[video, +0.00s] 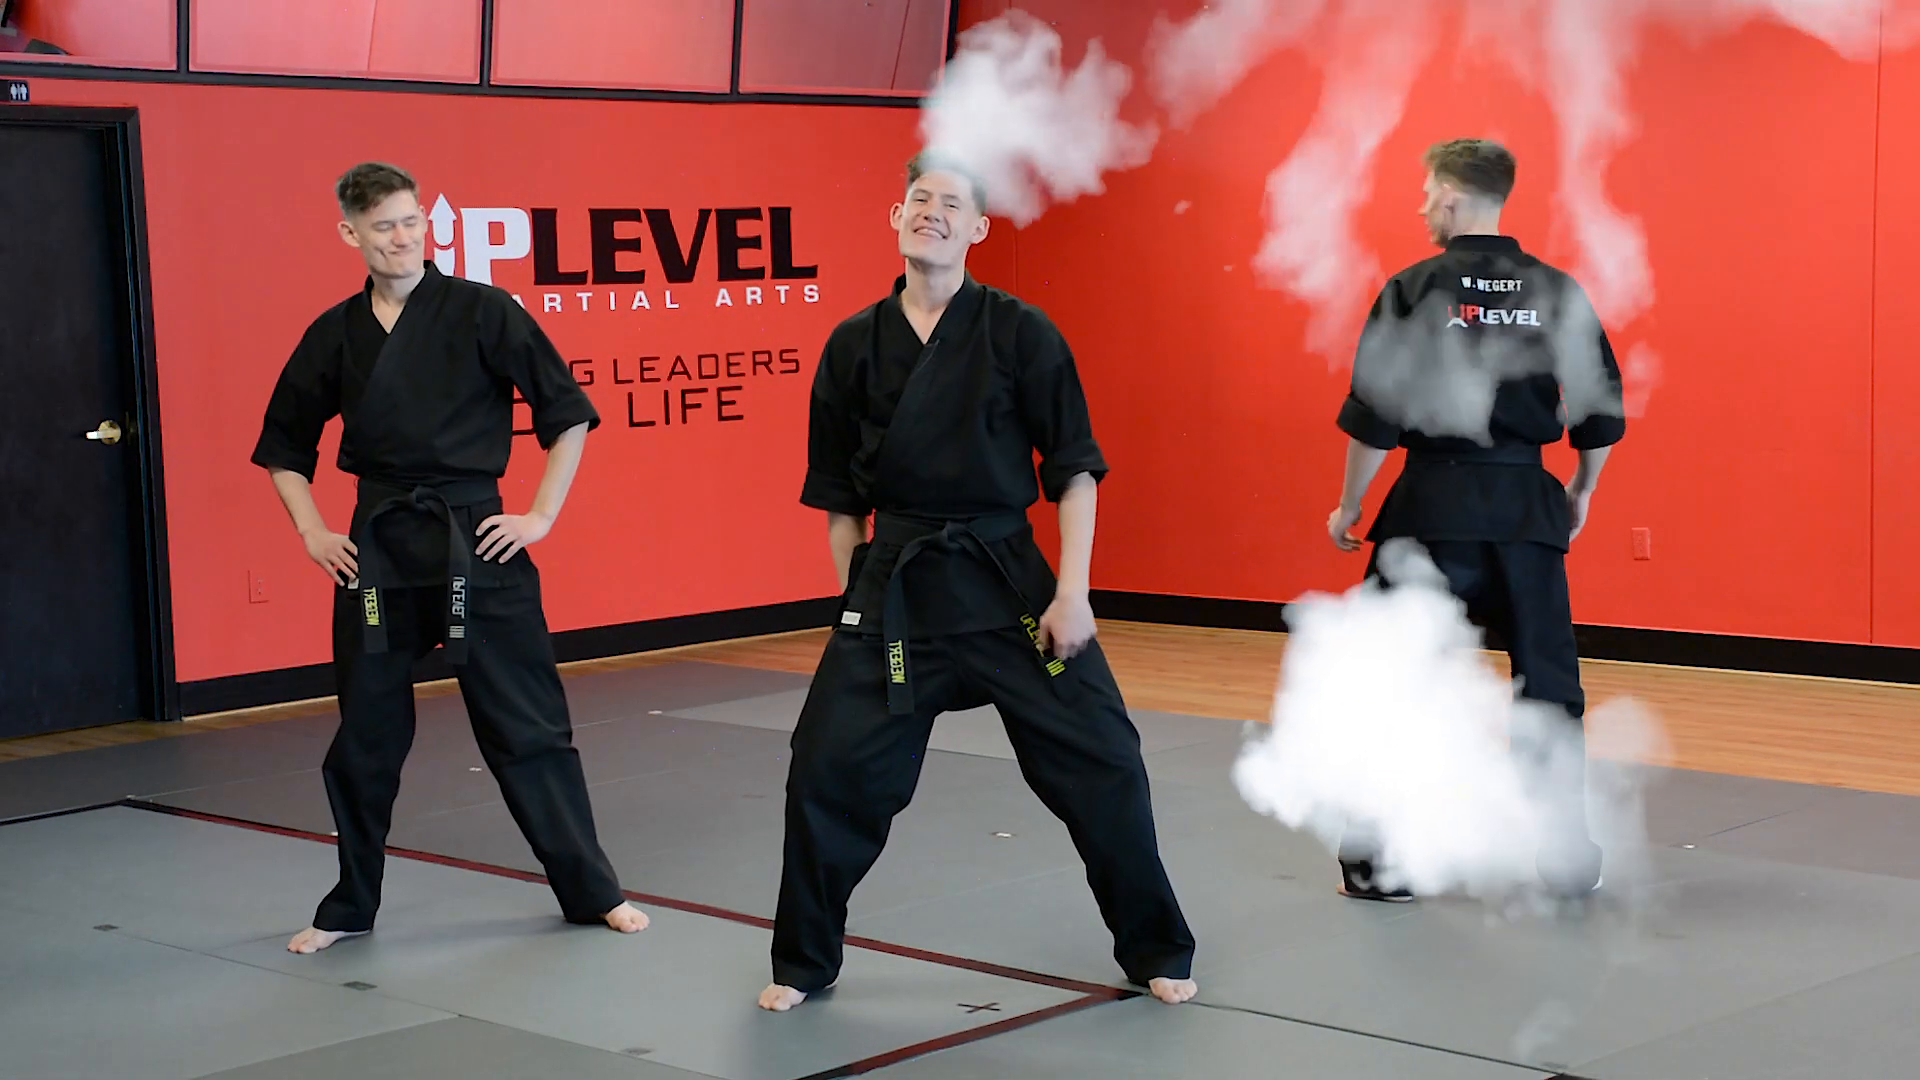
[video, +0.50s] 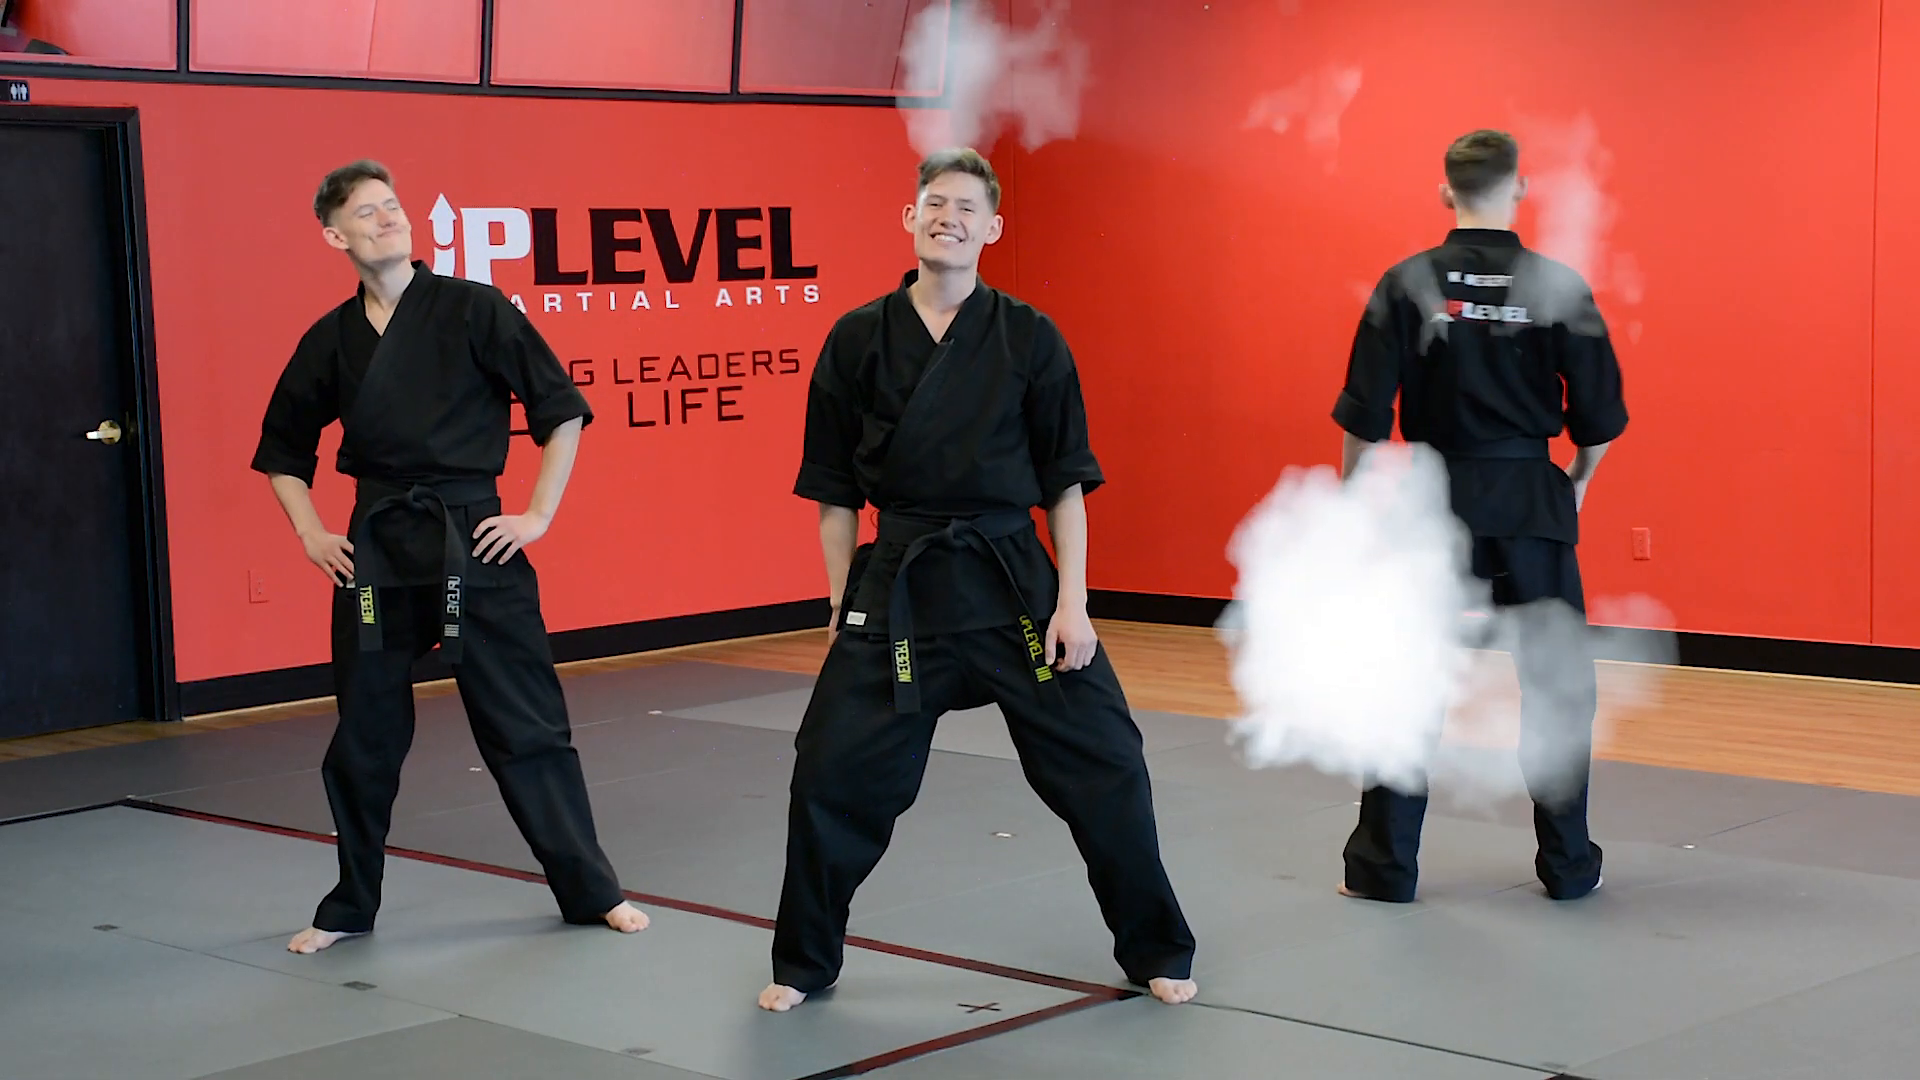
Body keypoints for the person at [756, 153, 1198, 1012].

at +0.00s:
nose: (930, 212)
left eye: (951, 203)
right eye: (919, 199)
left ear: (979, 230)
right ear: (895, 219)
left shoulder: (1023, 334)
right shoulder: (853, 346)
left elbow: (1076, 469)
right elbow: (840, 494)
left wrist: (1073, 592)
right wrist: (855, 605)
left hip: (1007, 580)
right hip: (893, 587)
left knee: (1105, 765)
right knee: (827, 767)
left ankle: (1155, 947)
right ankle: (804, 959)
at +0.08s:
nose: (935, 215)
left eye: (954, 206)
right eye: (923, 200)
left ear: (980, 231)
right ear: (896, 219)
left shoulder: (1023, 335)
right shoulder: (853, 345)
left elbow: (1072, 475)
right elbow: (838, 495)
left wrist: (1078, 595)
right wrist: (854, 606)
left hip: (1007, 579)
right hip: (893, 587)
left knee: (1105, 763)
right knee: (828, 768)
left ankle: (1155, 947)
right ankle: (804, 959)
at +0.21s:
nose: (942, 219)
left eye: (960, 208)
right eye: (929, 205)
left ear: (986, 227)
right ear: (901, 220)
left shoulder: (1025, 336)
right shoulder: (854, 345)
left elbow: (1068, 477)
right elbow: (837, 495)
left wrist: (1077, 597)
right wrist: (852, 611)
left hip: (1009, 579)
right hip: (895, 586)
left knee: (1106, 765)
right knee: (828, 773)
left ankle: (1155, 948)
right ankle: (804, 960)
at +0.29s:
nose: (942, 219)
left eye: (960, 209)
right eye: (930, 205)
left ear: (987, 229)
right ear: (905, 219)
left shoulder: (1027, 336)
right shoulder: (855, 342)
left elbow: (1065, 479)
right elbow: (835, 493)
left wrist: (1074, 601)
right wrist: (850, 612)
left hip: (1010, 579)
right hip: (896, 586)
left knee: (1107, 766)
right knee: (828, 774)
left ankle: (1155, 948)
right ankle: (804, 960)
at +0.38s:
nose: (945, 220)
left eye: (963, 209)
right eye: (932, 206)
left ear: (989, 230)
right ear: (907, 222)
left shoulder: (1028, 336)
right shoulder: (857, 340)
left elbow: (1066, 479)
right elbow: (835, 493)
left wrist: (1073, 601)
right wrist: (850, 611)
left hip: (1012, 579)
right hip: (896, 585)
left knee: (1107, 764)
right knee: (831, 770)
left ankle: (1155, 948)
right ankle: (804, 960)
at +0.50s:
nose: (948, 216)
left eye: (966, 207)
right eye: (936, 204)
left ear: (992, 229)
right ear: (910, 220)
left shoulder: (1029, 337)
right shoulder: (857, 339)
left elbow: (1065, 482)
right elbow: (835, 492)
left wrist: (1073, 602)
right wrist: (847, 611)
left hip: (1012, 579)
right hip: (897, 585)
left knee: (1108, 763)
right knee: (831, 769)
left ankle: (1155, 948)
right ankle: (804, 960)